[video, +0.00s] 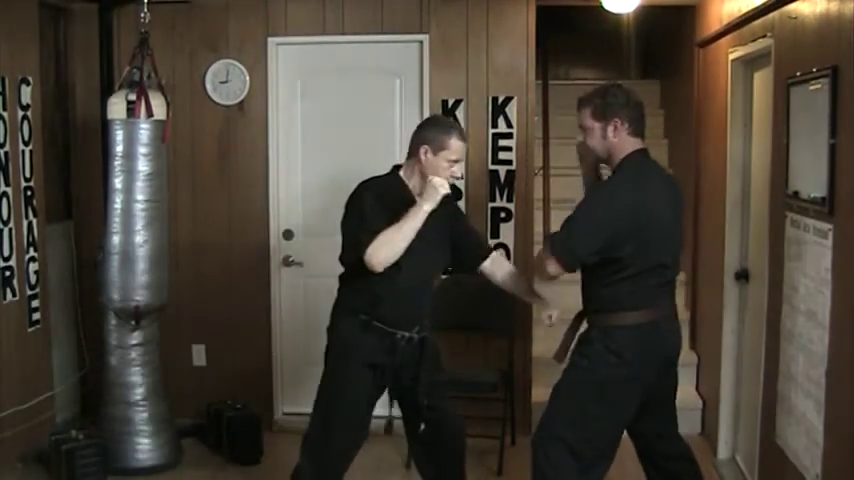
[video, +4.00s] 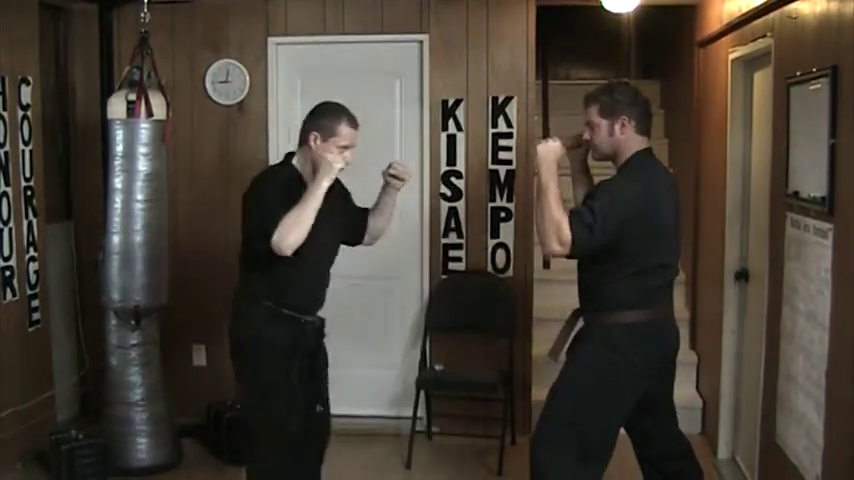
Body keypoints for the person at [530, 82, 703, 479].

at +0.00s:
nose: (582, 140)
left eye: (586, 130)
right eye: (582, 130)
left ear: (615, 127)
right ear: (624, 127)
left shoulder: (616, 191)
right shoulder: (665, 184)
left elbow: (553, 263)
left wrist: (550, 245)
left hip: (618, 342)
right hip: (660, 336)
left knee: (557, 448)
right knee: (662, 447)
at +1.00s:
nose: (581, 134)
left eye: (587, 125)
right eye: (581, 126)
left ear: (618, 125)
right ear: (622, 126)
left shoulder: (622, 184)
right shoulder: (658, 179)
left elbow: (551, 239)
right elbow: (590, 225)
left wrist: (536, 167)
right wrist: (576, 163)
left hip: (613, 341)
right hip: (652, 335)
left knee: (553, 449)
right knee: (662, 447)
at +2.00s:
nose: (586, 135)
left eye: (591, 126)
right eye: (585, 126)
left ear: (622, 126)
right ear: (625, 127)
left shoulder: (624, 187)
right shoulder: (660, 181)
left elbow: (557, 241)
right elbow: (593, 229)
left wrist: (544, 167)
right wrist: (576, 166)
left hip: (614, 342)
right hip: (654, 336)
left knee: (555, 453)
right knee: (662, 448)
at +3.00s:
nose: (581, 141)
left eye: (587, 130)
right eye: (581, 131)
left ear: (618, 129)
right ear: (619, 129)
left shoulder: (633, 186)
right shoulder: (631, 178)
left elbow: (586, 260)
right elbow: (575, 221)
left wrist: (555, 205)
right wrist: (544, 185)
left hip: (625, 341)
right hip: (645, 333)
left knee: (562, 454)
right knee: (663, 450)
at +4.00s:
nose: (586, 136)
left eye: (591, 126)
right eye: (585, 127)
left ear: (622, 126)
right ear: (626, 126)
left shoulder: (629, 184)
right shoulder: (659, 179)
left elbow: (559, 240)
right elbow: (595, 226)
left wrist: (546, 167)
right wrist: (580, 168)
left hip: (617, 340)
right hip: (653, 335)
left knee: (556, 454)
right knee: (663, 449)